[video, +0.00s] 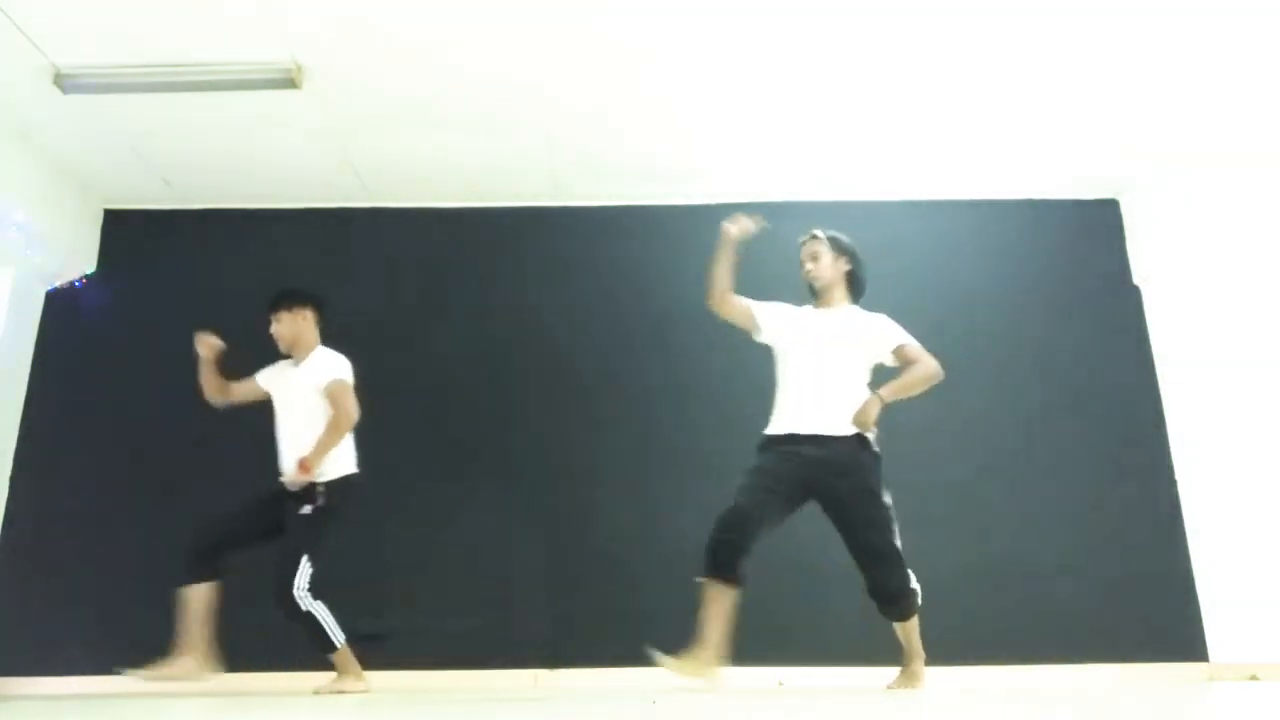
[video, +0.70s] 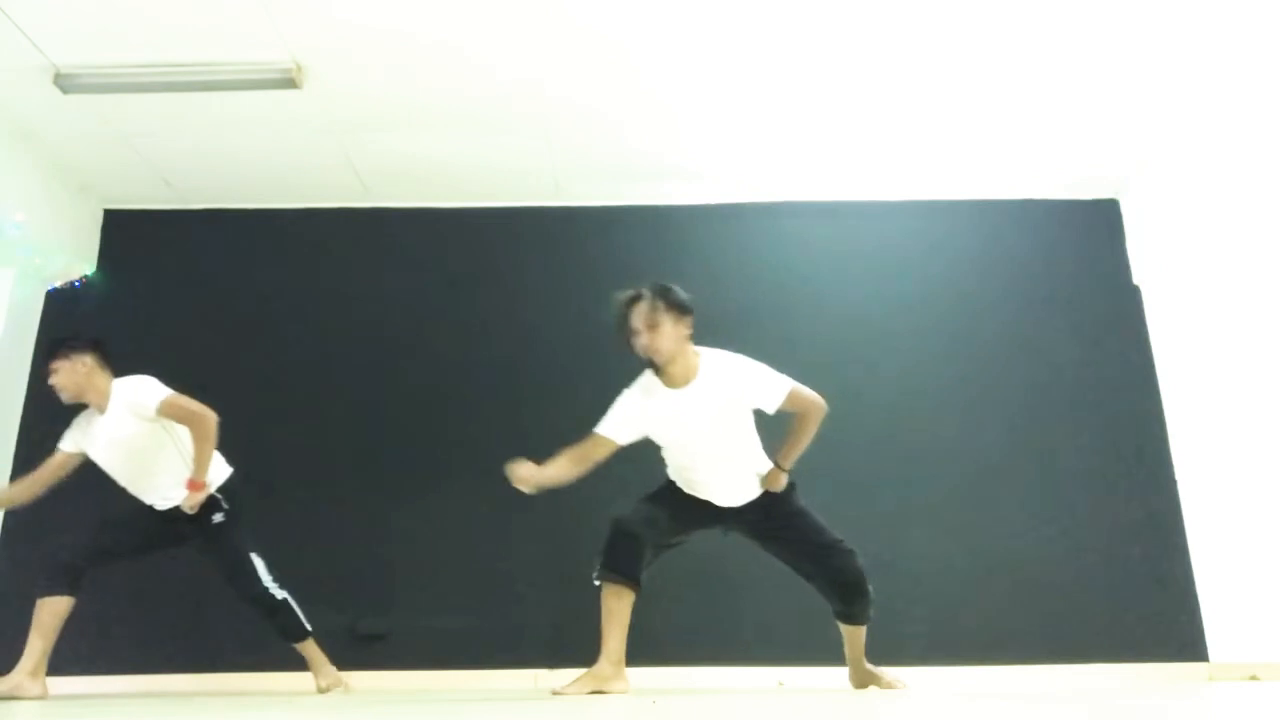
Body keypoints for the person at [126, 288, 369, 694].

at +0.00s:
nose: (272, 330)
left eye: (277, 320)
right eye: (271, 322)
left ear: (304, 318)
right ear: (289, 323)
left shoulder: (330, 364)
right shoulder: (281, 373)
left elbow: (347, 413)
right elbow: (219, 395)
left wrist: (313, 458)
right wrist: (207, 359)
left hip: (328, 493)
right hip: (290, 494)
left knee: (297, 590)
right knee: (205, 547)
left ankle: (351, 674)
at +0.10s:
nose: (252, 322)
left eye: (259, 313)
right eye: (252, 315)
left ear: (287, 315)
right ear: (270, 320)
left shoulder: (307, 361)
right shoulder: (258, 367)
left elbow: (320, 413)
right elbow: (191, 376)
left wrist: (284, 455)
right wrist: (164, 339)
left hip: (292, 495)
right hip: (254, 494)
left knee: (286, 593)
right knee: (170, 563)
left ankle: (351, 674)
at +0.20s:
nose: (215, 320)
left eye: (224, 311)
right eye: (216, 313)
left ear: (252, 315)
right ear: (231, 321)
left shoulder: (271, 360)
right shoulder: (215, 366)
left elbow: (286, 412)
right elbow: (146, 368)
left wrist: (250, 456)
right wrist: (103, 332)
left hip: (259, 495)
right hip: (217, 497)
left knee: (275, 594)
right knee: (140, 571)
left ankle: (349, 674)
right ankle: (49, 671)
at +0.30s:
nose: (159, 324)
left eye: (169, 315)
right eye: (161, 317)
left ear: (196, 320)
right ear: (170, 326)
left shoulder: (217, 362)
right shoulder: (159, 373)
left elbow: (249, 412)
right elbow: (85, 374)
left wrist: (217, 462)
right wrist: (29, 345)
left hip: (232, 496)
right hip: (185, 501)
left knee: (266, 588)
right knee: (100, 561)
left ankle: (345, 671)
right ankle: (32, 674)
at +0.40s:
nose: (103, 337)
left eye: (111, 327)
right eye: (103, 330)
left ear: (141, 329)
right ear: (115, 340)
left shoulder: (170, 368)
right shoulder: (113, 387)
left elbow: (216, 414)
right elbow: (38, 399)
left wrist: (195, 474)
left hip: (212, 497)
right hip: (167, 506)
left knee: (251, 586)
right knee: (71, 558)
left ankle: (327, 671)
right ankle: (30, 673)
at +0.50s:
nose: (63, 353)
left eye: (71, 342)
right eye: (62, 345)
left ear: (103, 342)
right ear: (88, 347)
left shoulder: (141, 378)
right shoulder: (81, 405)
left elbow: (198, 414)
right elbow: (27, 429)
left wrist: (185, 476)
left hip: (202, 500)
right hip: (156, 509)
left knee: (242, 587)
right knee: (62, 556)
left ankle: (314, 671)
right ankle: (28, 673)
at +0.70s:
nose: (51, 381)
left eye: (56, 370)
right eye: (49, 374)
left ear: (86, 362)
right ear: (74, 372)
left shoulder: (135, 391)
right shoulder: (83, 430)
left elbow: (204, 419)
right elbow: (35, 483)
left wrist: (199, 483)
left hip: (210, 504)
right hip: (160, 515)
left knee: (257, 589)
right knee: (68, 560)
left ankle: (324, 669)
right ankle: (30, 674)